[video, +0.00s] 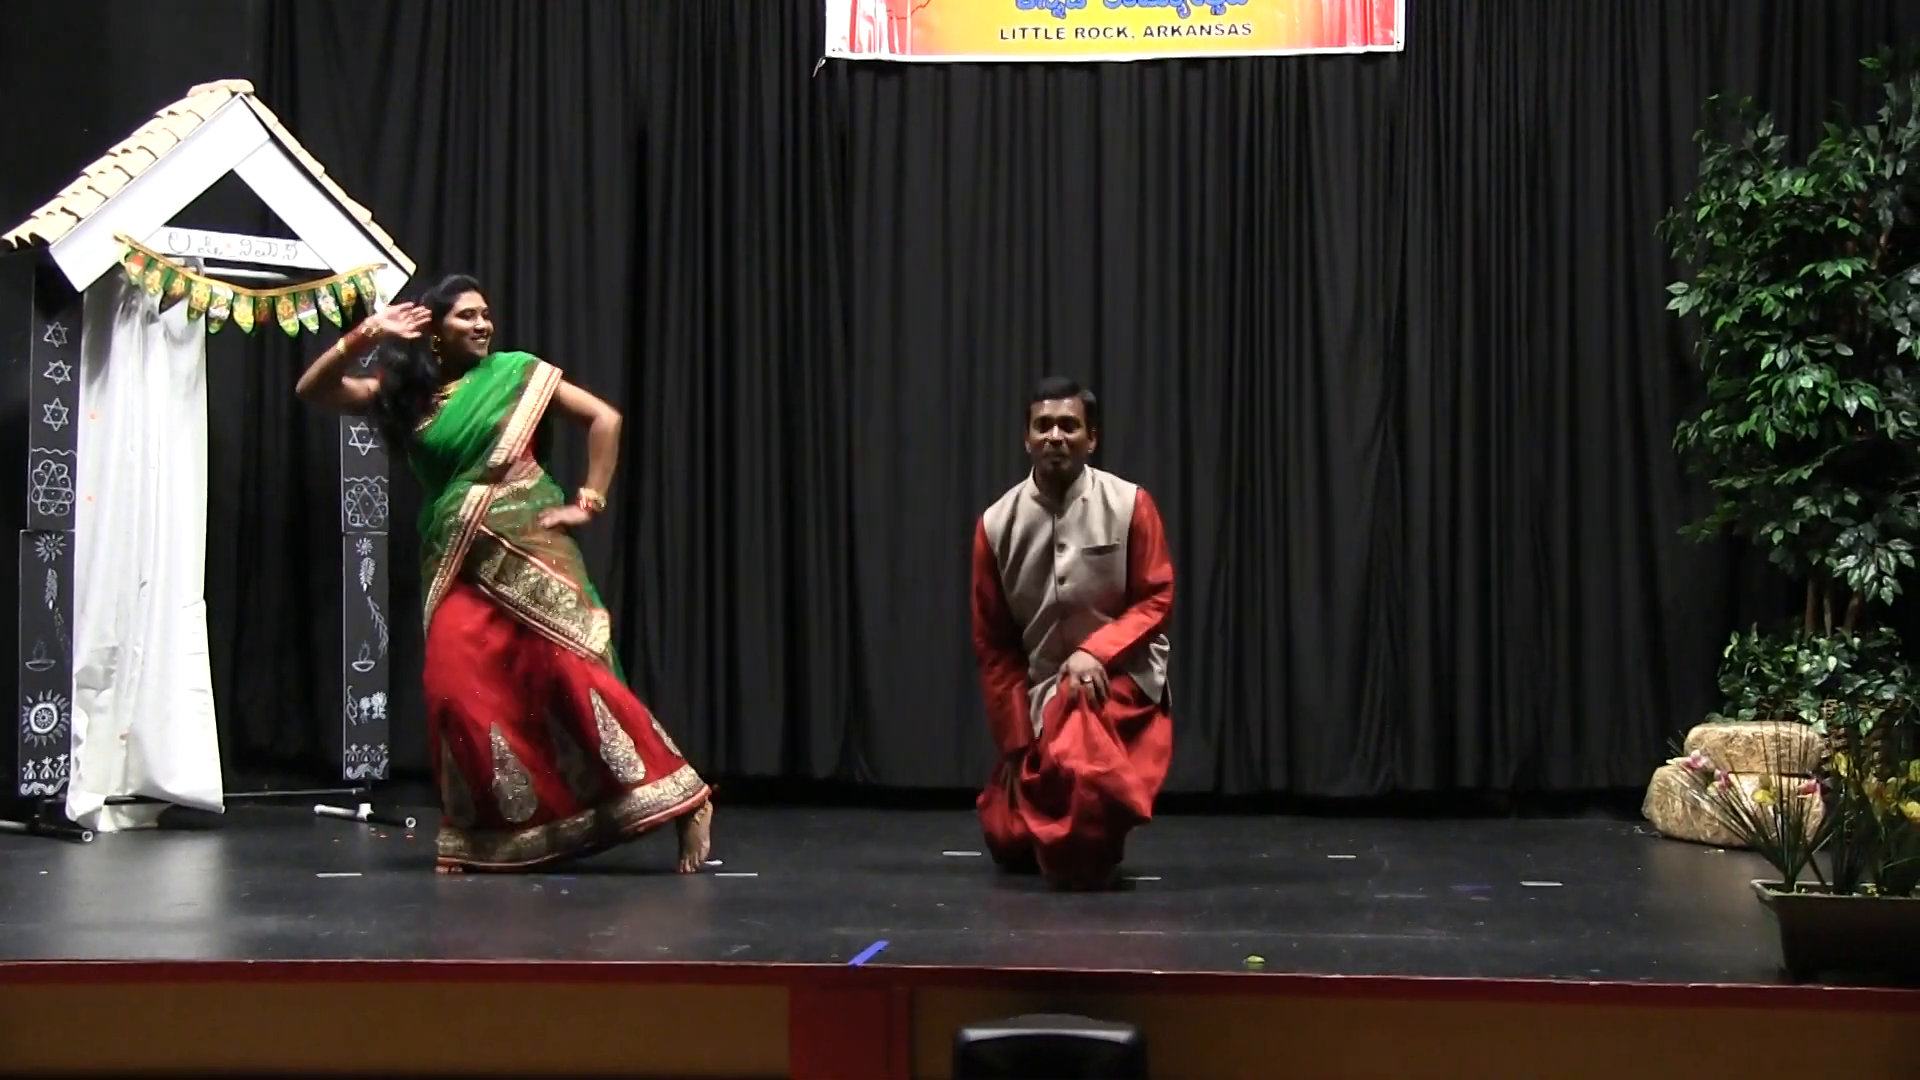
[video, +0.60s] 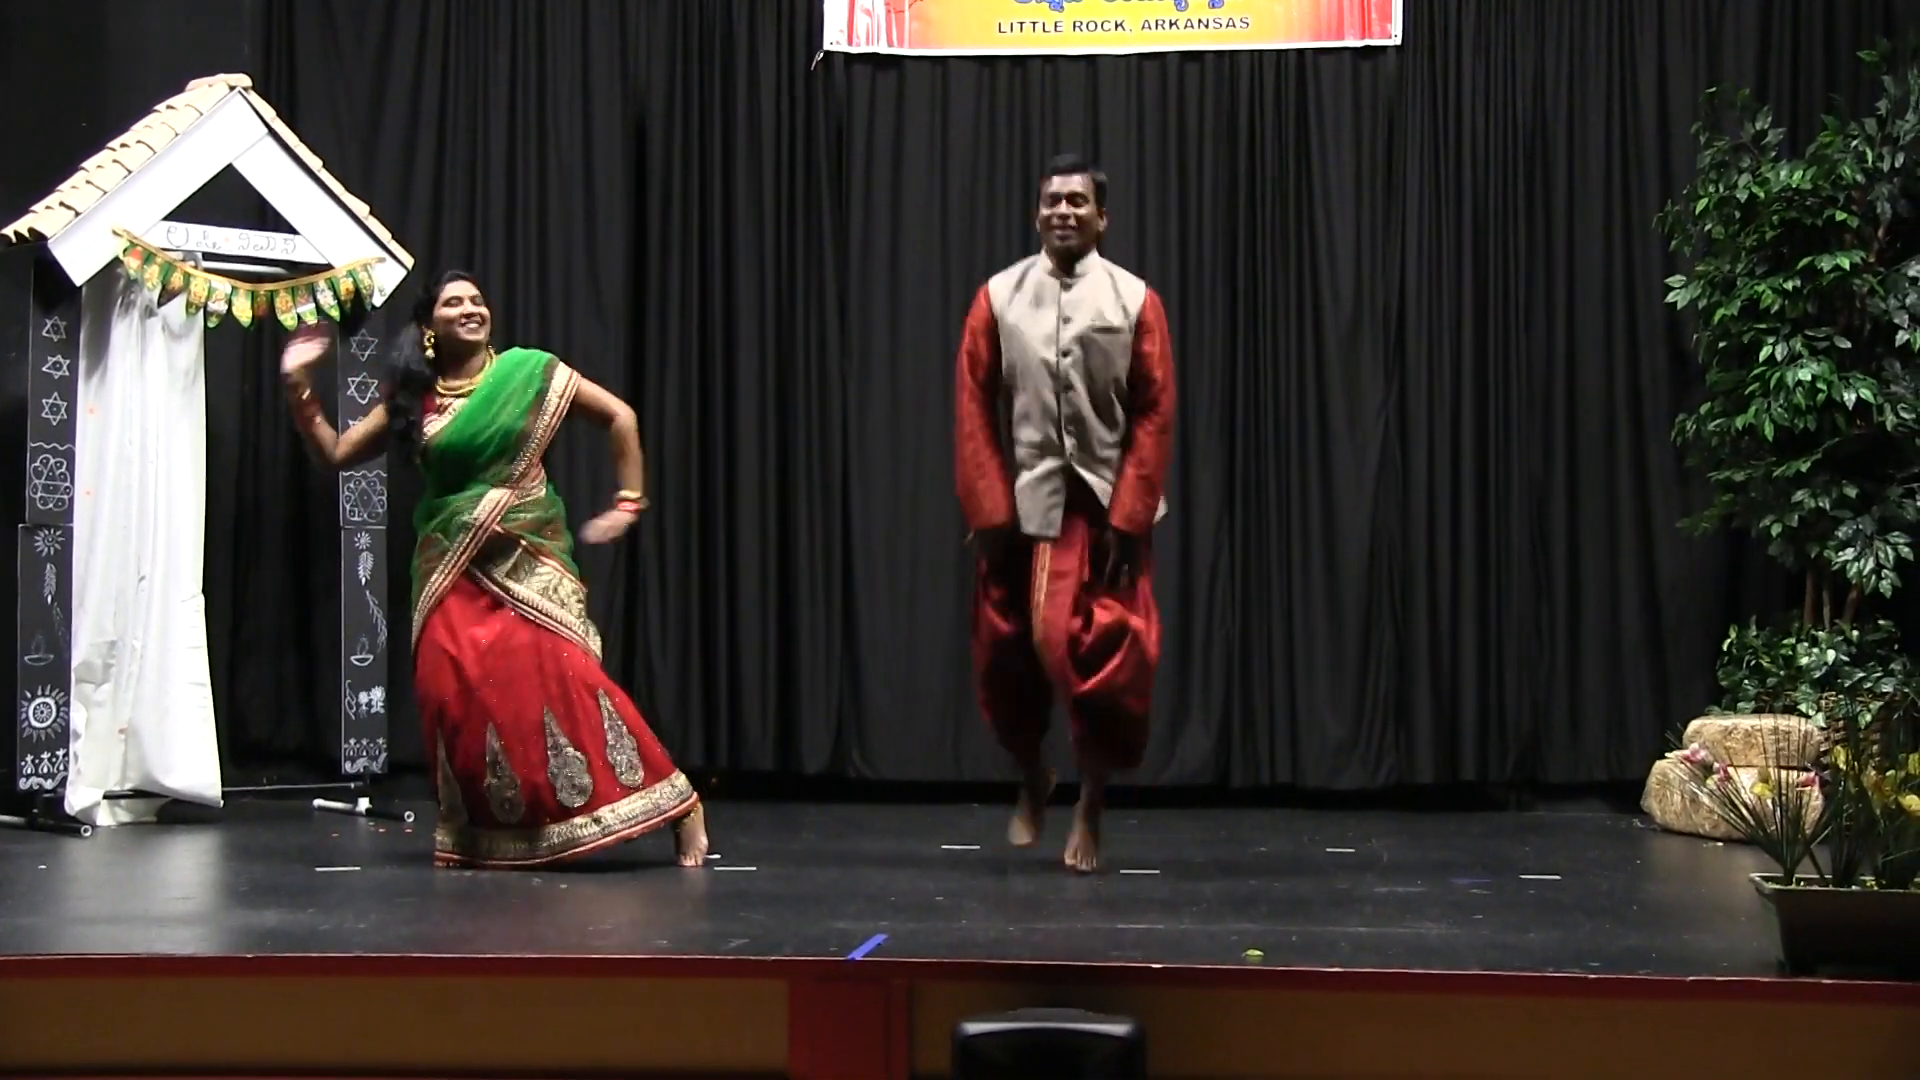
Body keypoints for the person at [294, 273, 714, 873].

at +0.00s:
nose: (483, 324)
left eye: (486, 315)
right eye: (468, 316)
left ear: (491, 321)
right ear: (433, 327)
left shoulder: (516, 372)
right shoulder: (407, 392)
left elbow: (604, 418)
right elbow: (312, 391)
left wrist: (589, 500)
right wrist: (359, 338)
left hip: (536, 548)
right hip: (461, 560)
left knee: (570, 673)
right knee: (448, 685)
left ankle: (687, 800)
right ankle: (478, 833)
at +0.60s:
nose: (470, 310)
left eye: (477, 302)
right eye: (454, 303)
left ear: (491, 317)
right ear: (430, 323)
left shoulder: (528, 369)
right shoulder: (415, 393)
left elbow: (620, 415)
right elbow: (335, 451)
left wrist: (630, 499)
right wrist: (297, 389)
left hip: (531, 550)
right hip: (450, 557)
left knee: (569, 678)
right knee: (443, 687)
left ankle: (682, 803)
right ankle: (458, 828)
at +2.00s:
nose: (492, 307)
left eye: (507, 300)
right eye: (493, 297)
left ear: (536, 316)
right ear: (488, 304)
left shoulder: (560, 387)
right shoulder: (444, 375)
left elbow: (650, 405)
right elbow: (403, 456)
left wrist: (601, 353)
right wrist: (392, 540)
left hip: (519, 555)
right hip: (441, 552)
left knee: (513, 687)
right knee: (376, 674)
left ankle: (517, 837)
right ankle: (327, 827)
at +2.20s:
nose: (489, 305)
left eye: (503, 297)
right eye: (491, 296)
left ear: (538, 312)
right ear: (494, 306)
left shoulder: (576, 374)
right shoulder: (462, 372)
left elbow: (657, 363)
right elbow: (398, 435)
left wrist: (601, 321)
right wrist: (371, 512)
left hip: (504, 539)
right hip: (428, 530)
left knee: (487, 682)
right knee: (365, 631)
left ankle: (519, 825)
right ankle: (320, 814)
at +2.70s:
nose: (533, 298)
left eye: (547, 290)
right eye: (525, 290)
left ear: (572, 310)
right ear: (510, 307)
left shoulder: (596, 382)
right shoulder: (476, 374)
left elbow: (648, 472)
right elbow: (431, 461)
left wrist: (598, 537)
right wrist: (428, 535)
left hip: (553, 551)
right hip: (468, 544)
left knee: (539, 692)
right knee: (388, 674)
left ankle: (526, 838)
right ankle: (321, 818)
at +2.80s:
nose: (538, 299)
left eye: (551, 291)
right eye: (529, 291)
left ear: (576, 309)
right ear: (515, 308)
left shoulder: (599, 383)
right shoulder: (482, 376)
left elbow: (612, 474)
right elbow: (455, 462)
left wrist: (549, 470)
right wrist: (496, 469)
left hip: (563, 558)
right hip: (485, 550)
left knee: (551, 689)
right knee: (422, 671)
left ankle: (530, 836)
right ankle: (338, 810)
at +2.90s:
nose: (538, 291)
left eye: (552, 283)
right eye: (528, 282)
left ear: (576, 297)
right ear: (515, 298)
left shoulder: (603, 363)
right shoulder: (496, 366)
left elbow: (593, 416)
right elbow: (458, 399)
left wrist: (570, 347)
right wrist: (474, 330)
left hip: (573, 536)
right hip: (497, 531)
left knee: (565, 675)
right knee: (460, 657)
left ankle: (559, 832)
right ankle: (426, 823)